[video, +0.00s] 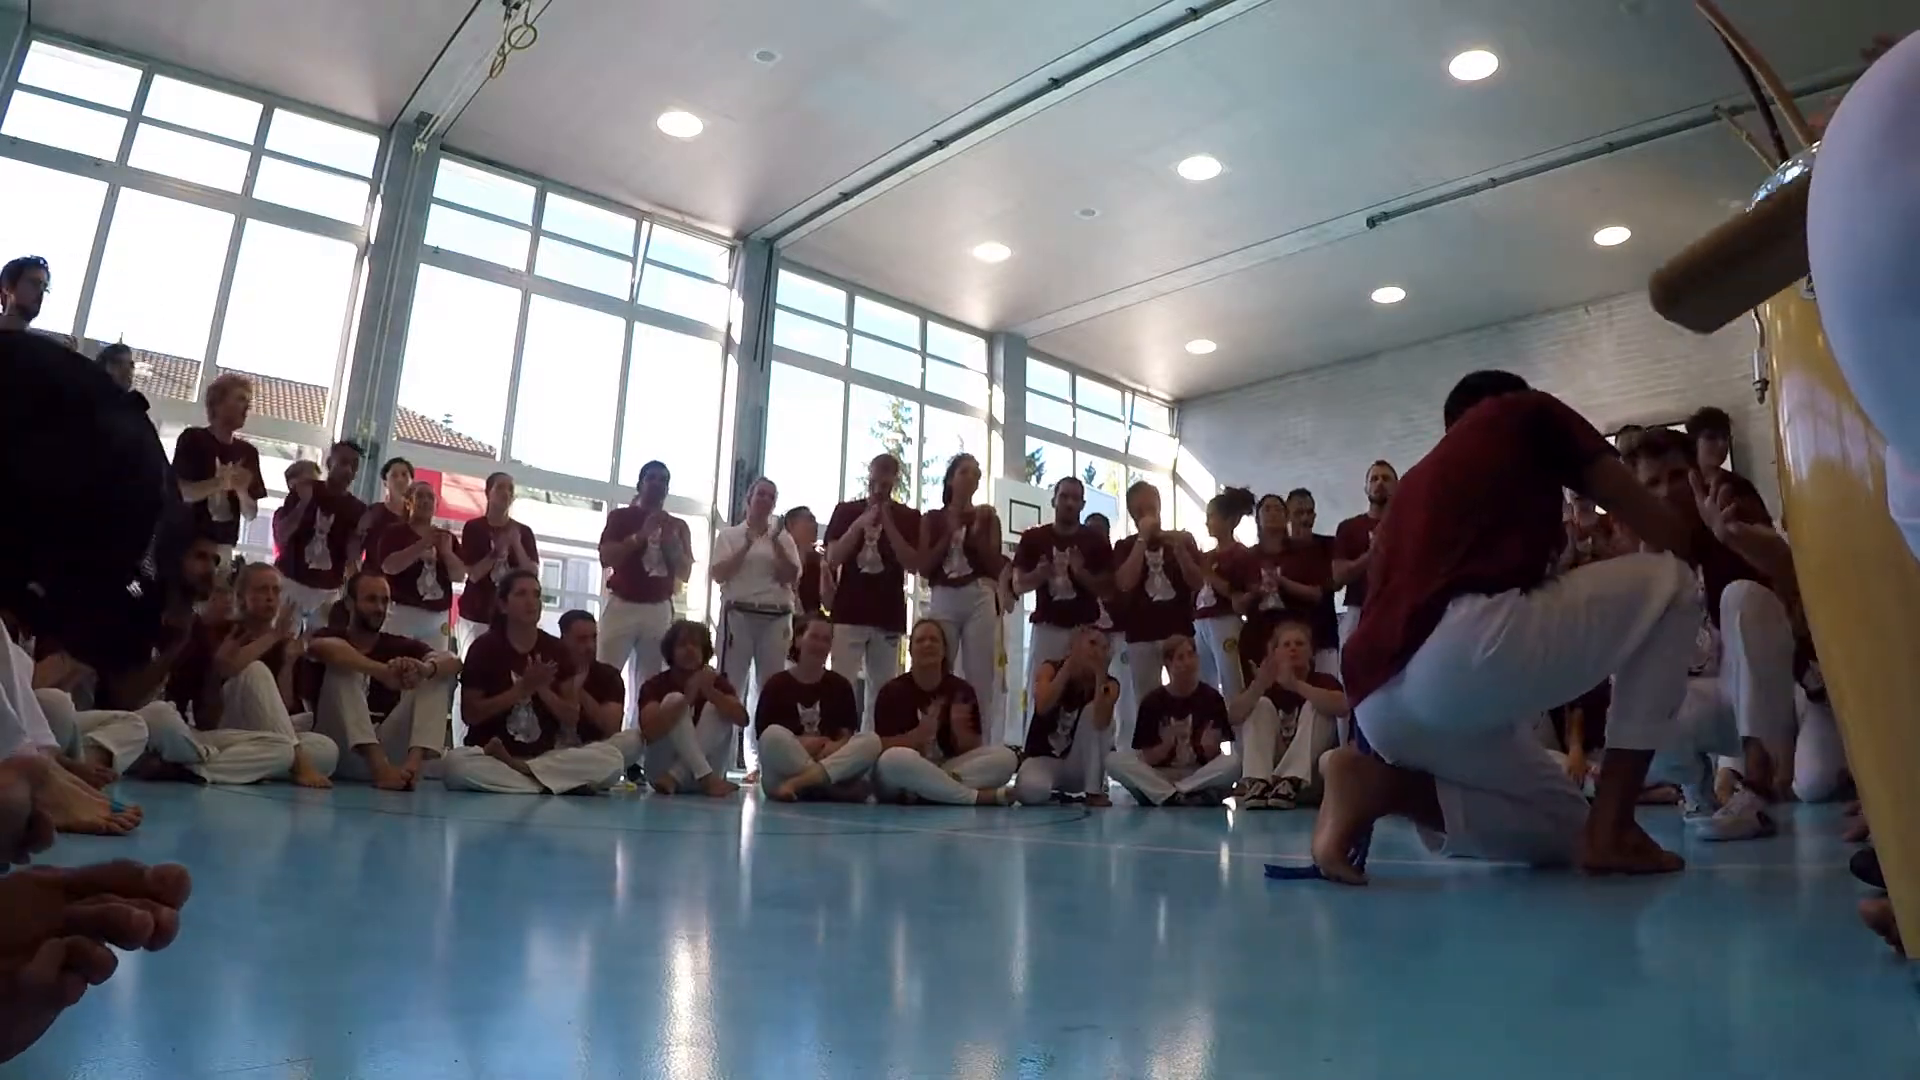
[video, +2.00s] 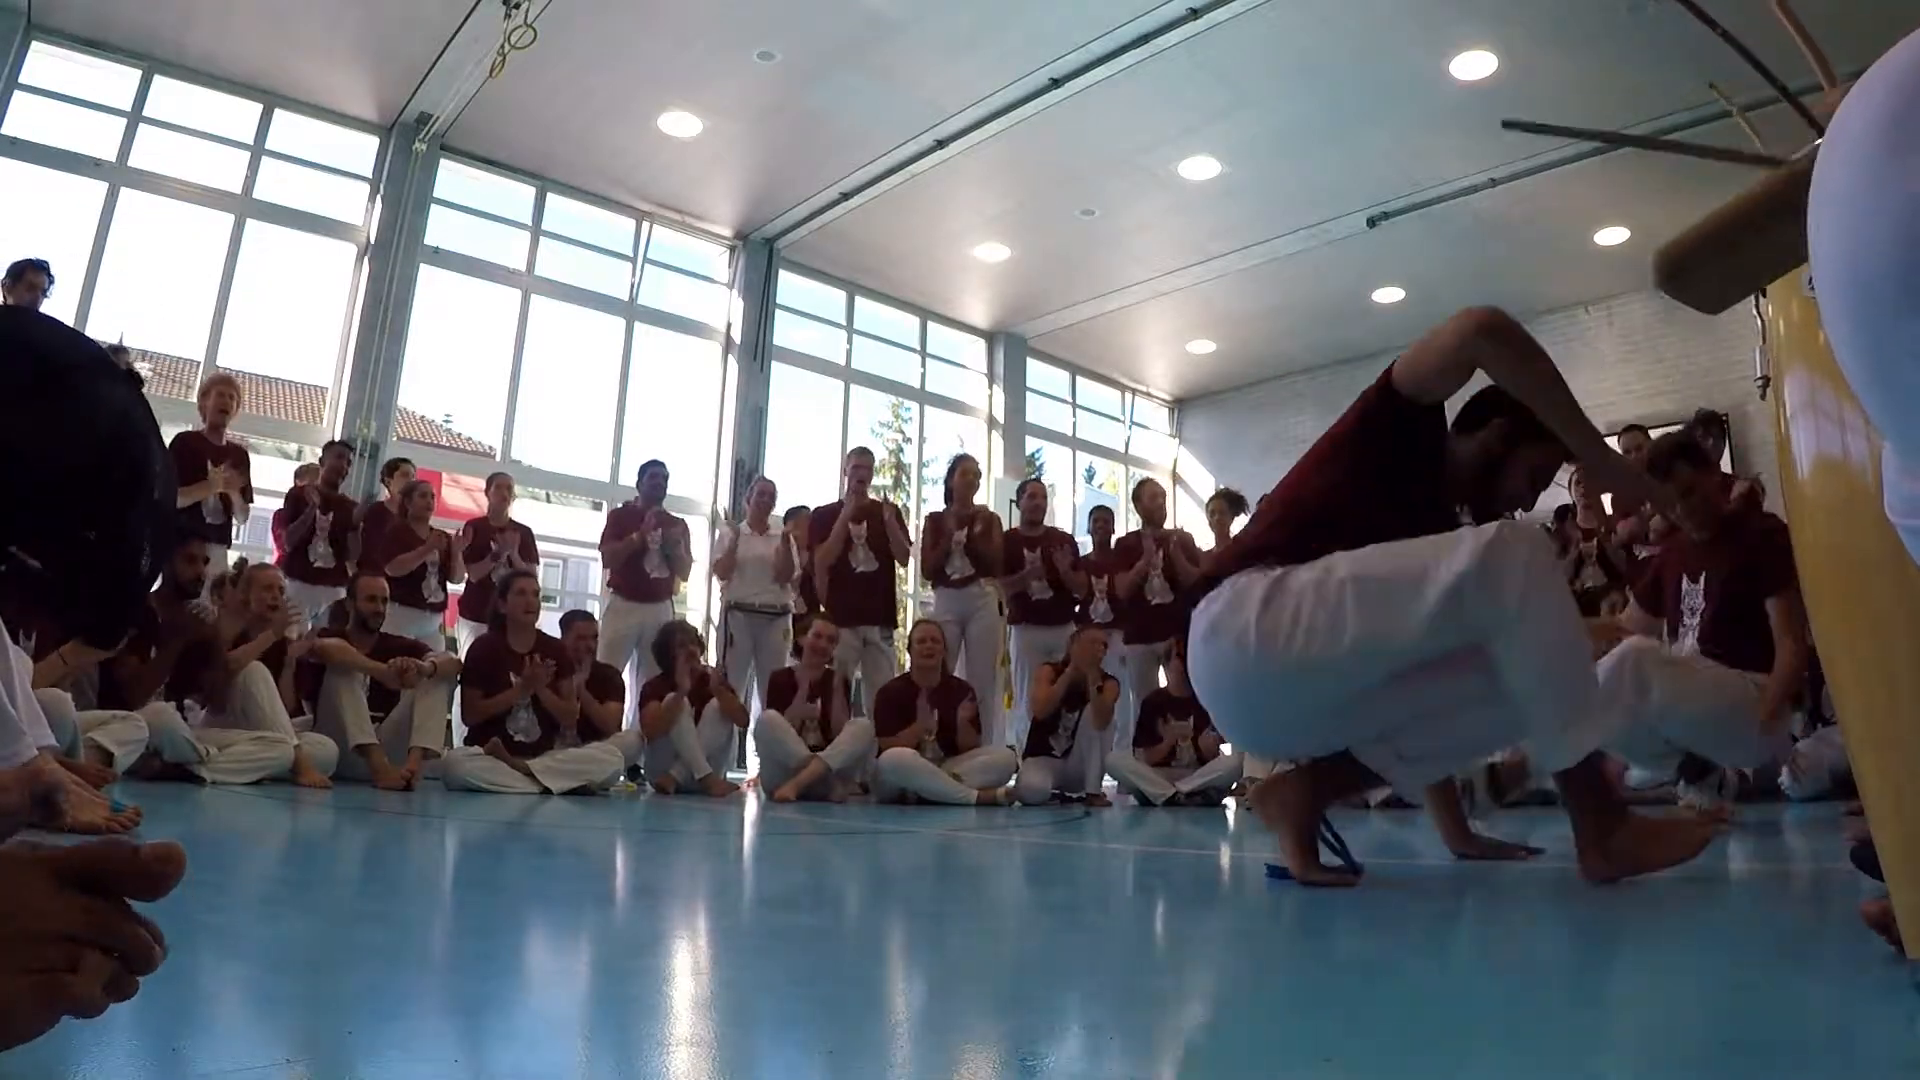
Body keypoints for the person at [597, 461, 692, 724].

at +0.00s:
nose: (657, 484)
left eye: (662, 480)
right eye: (651, 478)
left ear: (668, 487)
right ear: (640, 484)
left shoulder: (678, 526)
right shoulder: (620, 517)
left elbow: (685, 574)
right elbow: (607, 557)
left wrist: (672, 544)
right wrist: (640, 535)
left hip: (658, 610)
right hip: (620, 607)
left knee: (650, 688)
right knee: (605, 682)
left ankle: (645, 752)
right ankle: (598, 748)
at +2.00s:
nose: (659, 482)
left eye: (663, 478)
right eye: (653, 477)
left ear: (668, 485)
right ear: (639, 483)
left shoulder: (677, 524)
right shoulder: (619, 517)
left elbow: (685, 573)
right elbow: (609, 559)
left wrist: (673, 547)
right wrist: (640, 537)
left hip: (660, 609)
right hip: (622, 607)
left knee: (653, 687)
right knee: (605, 682)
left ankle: (646, 751)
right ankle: (600, 748)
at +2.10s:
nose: (659, 483)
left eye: (663, 479)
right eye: (653, 478)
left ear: (668, 486)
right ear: (639, 483)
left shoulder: (677, 525)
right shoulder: (620, 516)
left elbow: (684, 572)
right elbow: (610, 558)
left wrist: (669, 541)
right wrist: (642, 542)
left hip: (660, 609)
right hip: (622, 606)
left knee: (654, 687)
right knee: (606, 681)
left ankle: (647, 750)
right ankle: (600, 747)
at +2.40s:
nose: (660, 484)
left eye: (664, 480)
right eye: (654, 479)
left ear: (669, 486)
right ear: (640, 484)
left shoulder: (677, 525)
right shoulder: (621, 516)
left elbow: (685, 572)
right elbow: (611, 557)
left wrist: (673, 542)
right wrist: (641, 539)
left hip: (660, 609)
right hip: (623, 607)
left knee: (654, 686)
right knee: (607, 681)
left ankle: (646, 749)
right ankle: (600, 746)